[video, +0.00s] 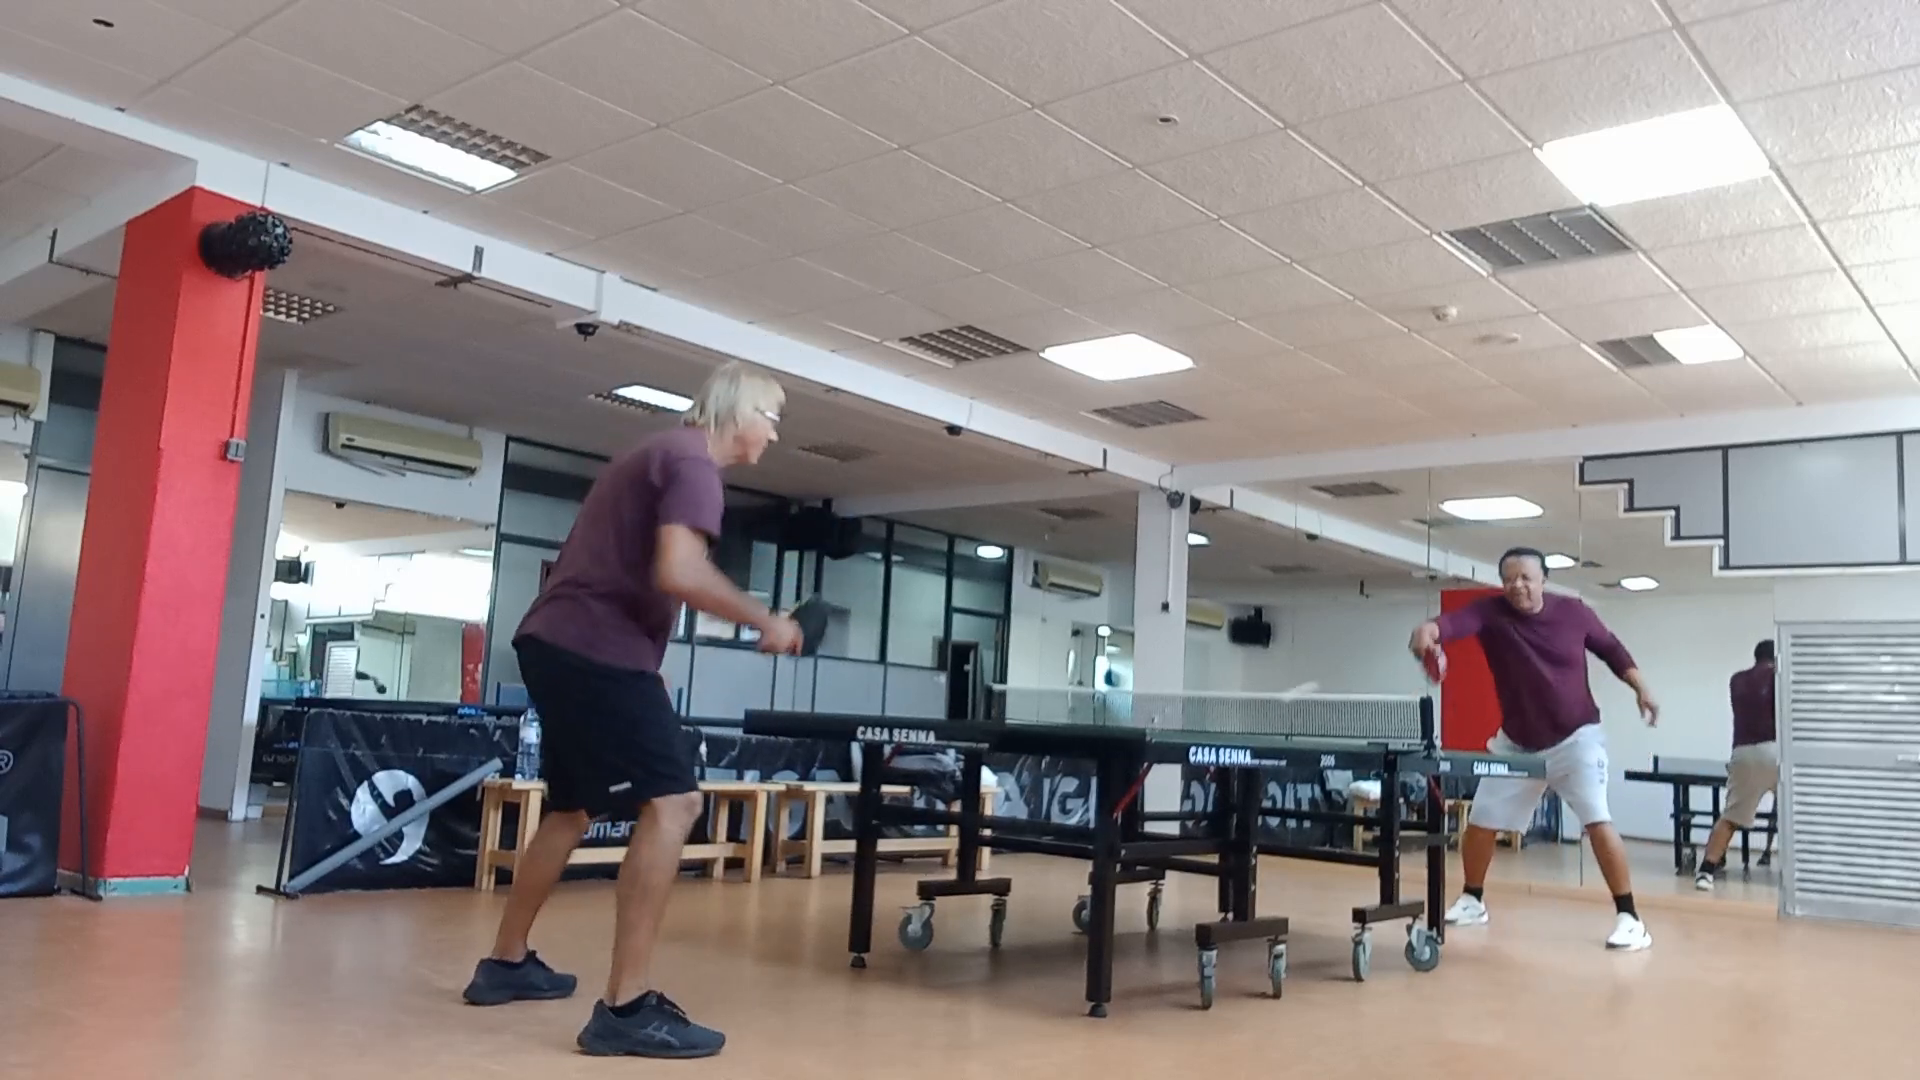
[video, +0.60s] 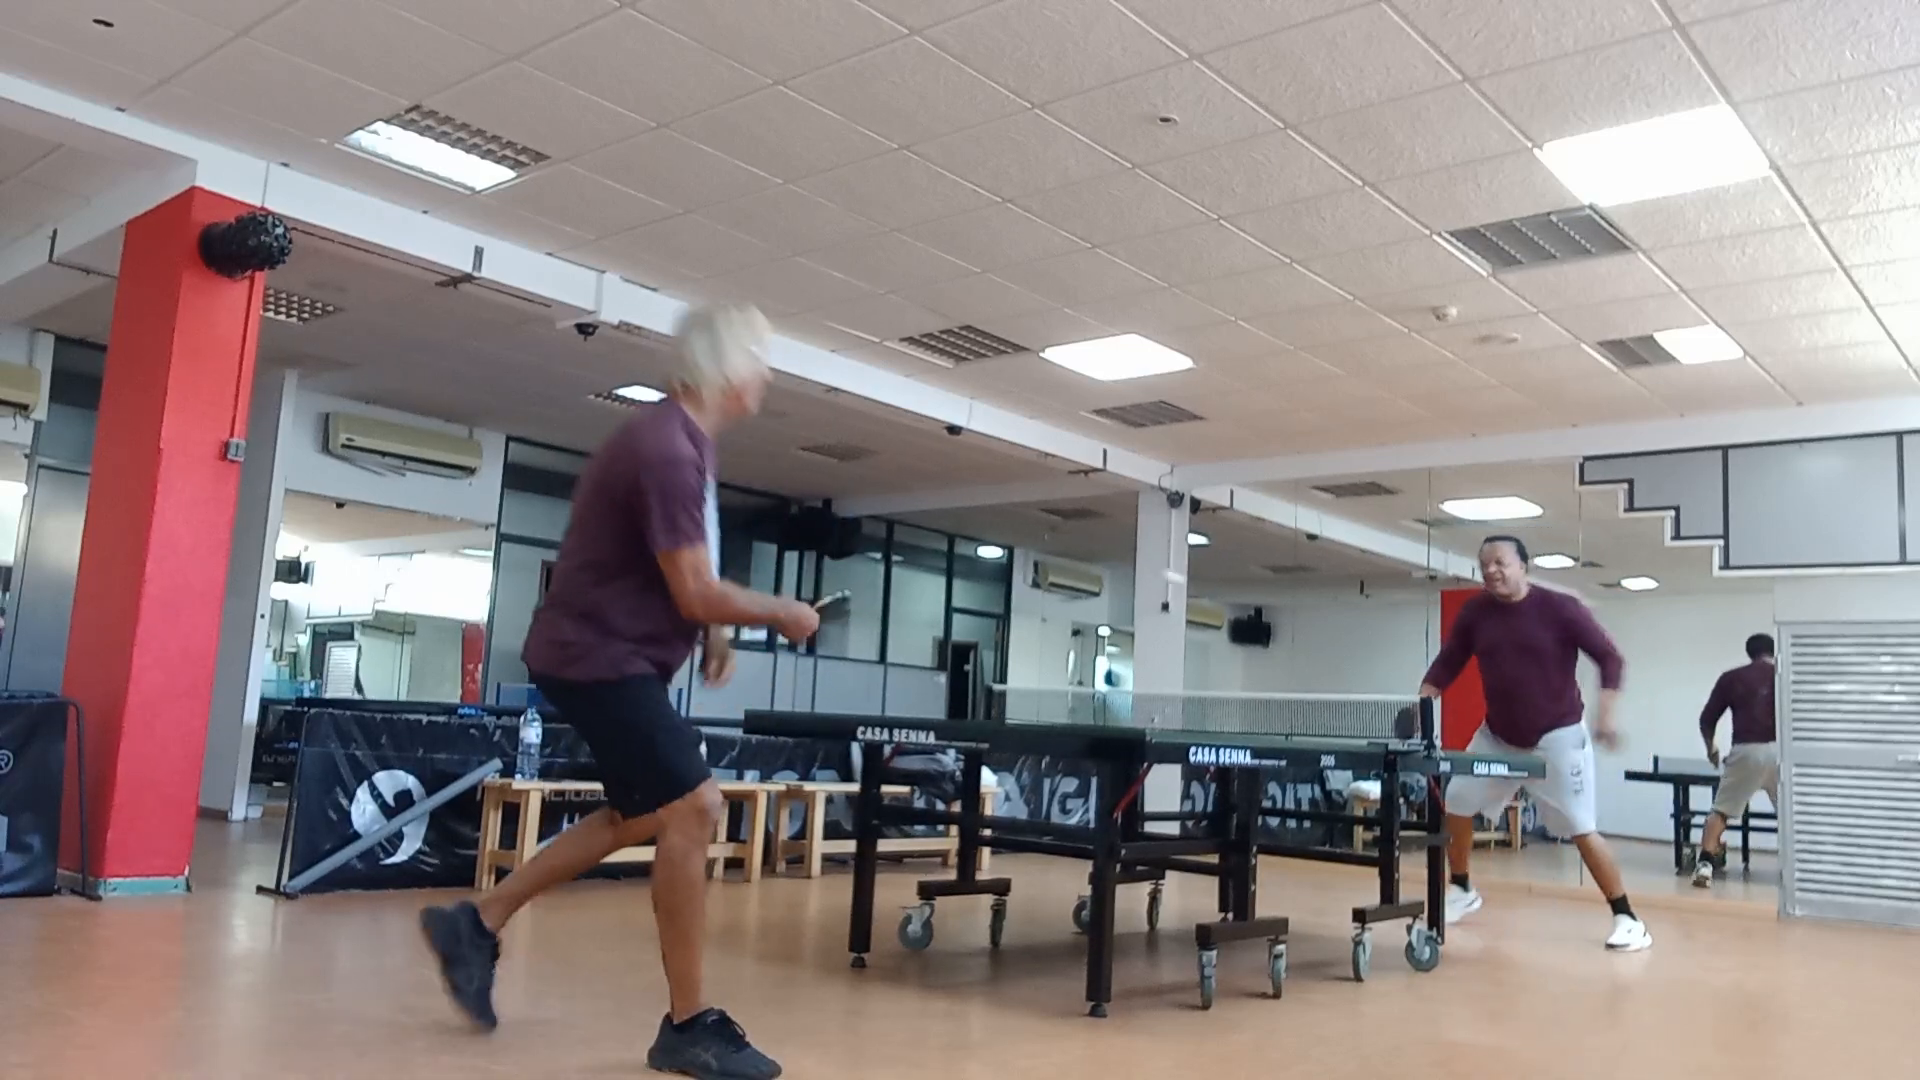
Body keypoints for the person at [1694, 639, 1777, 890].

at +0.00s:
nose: (1772, 663)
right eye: (1775, 658)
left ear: (1755, 657)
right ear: (1776, 658)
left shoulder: (1737, 679)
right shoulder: (1783, 677)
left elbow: (1742, 714)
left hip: (1744, 752)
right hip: (1779, 750)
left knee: (1730, 816)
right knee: (1800, 815)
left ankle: (1706, 870)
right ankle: (1804, 874)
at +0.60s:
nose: (1768, 658)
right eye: (1770, 654)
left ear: (1749, 654)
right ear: (1773, 653)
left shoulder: (1732, 678)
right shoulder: (1786, 677)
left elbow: (1707, 718)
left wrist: (1711, 748)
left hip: (1745, 753)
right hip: (1782, 753)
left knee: (1721, 810)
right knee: (1793, 817)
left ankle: (1705, 862)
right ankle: (1802, 871)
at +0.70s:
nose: (1761, 662)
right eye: (1762, 658)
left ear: (1739, 658)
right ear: (1764, 657)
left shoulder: (1724, 682)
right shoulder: (1780, 680)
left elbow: (1701, 721)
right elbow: (1795, 715)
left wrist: (1704, 749)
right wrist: (1793, 746)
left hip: (1740, 757)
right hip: (1777, 756)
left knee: (1717, 813)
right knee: (1788, 820)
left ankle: (1702, 869)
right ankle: (1798, 874)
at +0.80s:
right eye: (1749, 663)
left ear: (1726, 662)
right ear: (1752, 661)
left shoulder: (1714, 683)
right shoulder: (1771, 681)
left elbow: (1691, 724)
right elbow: (1786, 714)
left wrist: (1695, 749)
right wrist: (1786, 745)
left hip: (1736, 757)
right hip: (1773, 756)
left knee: (1711, 812)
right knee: (1786, 820)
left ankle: (1700, 869)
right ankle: (1796, 875)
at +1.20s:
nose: (1691, 681)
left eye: (1689, 677)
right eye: (1690, 678)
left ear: (1691, 674)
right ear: (1714, 667)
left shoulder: (1697, 686)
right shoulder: (1746, 680)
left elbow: (1686, 726)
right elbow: (1775, 712)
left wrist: (1656, 735)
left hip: (1739, 753)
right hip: (1771, 752)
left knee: (1710, 811)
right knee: (1783, 818)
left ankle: (1700, 871)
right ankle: (1798, 871)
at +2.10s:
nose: (1736, 663)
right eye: (1736, 659)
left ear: (1711, 658)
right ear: (1736, 658)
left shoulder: (1690, 679)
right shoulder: (1751, 677)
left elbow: (1676, 720)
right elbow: (1769, 715)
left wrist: (1687, 742)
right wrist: (1776, 738)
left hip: (1704, 749)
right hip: (1744, 749)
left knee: (1691, 812)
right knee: (1774, 811)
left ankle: (1681, 867)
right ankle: (1795, 864)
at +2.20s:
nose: (1734, 664)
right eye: (1735, 660)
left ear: (1710, 660)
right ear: (1735, 659)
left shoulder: (1690, 681)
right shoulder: (1750, 678)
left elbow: (1675, 723)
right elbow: (1771, 717)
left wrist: (1687, 748)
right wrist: (1780, 744)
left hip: (1704, 751)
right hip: (1744, 751)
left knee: (1691, 812)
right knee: (1773, 814)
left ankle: (1681, 867)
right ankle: (1794, 867)